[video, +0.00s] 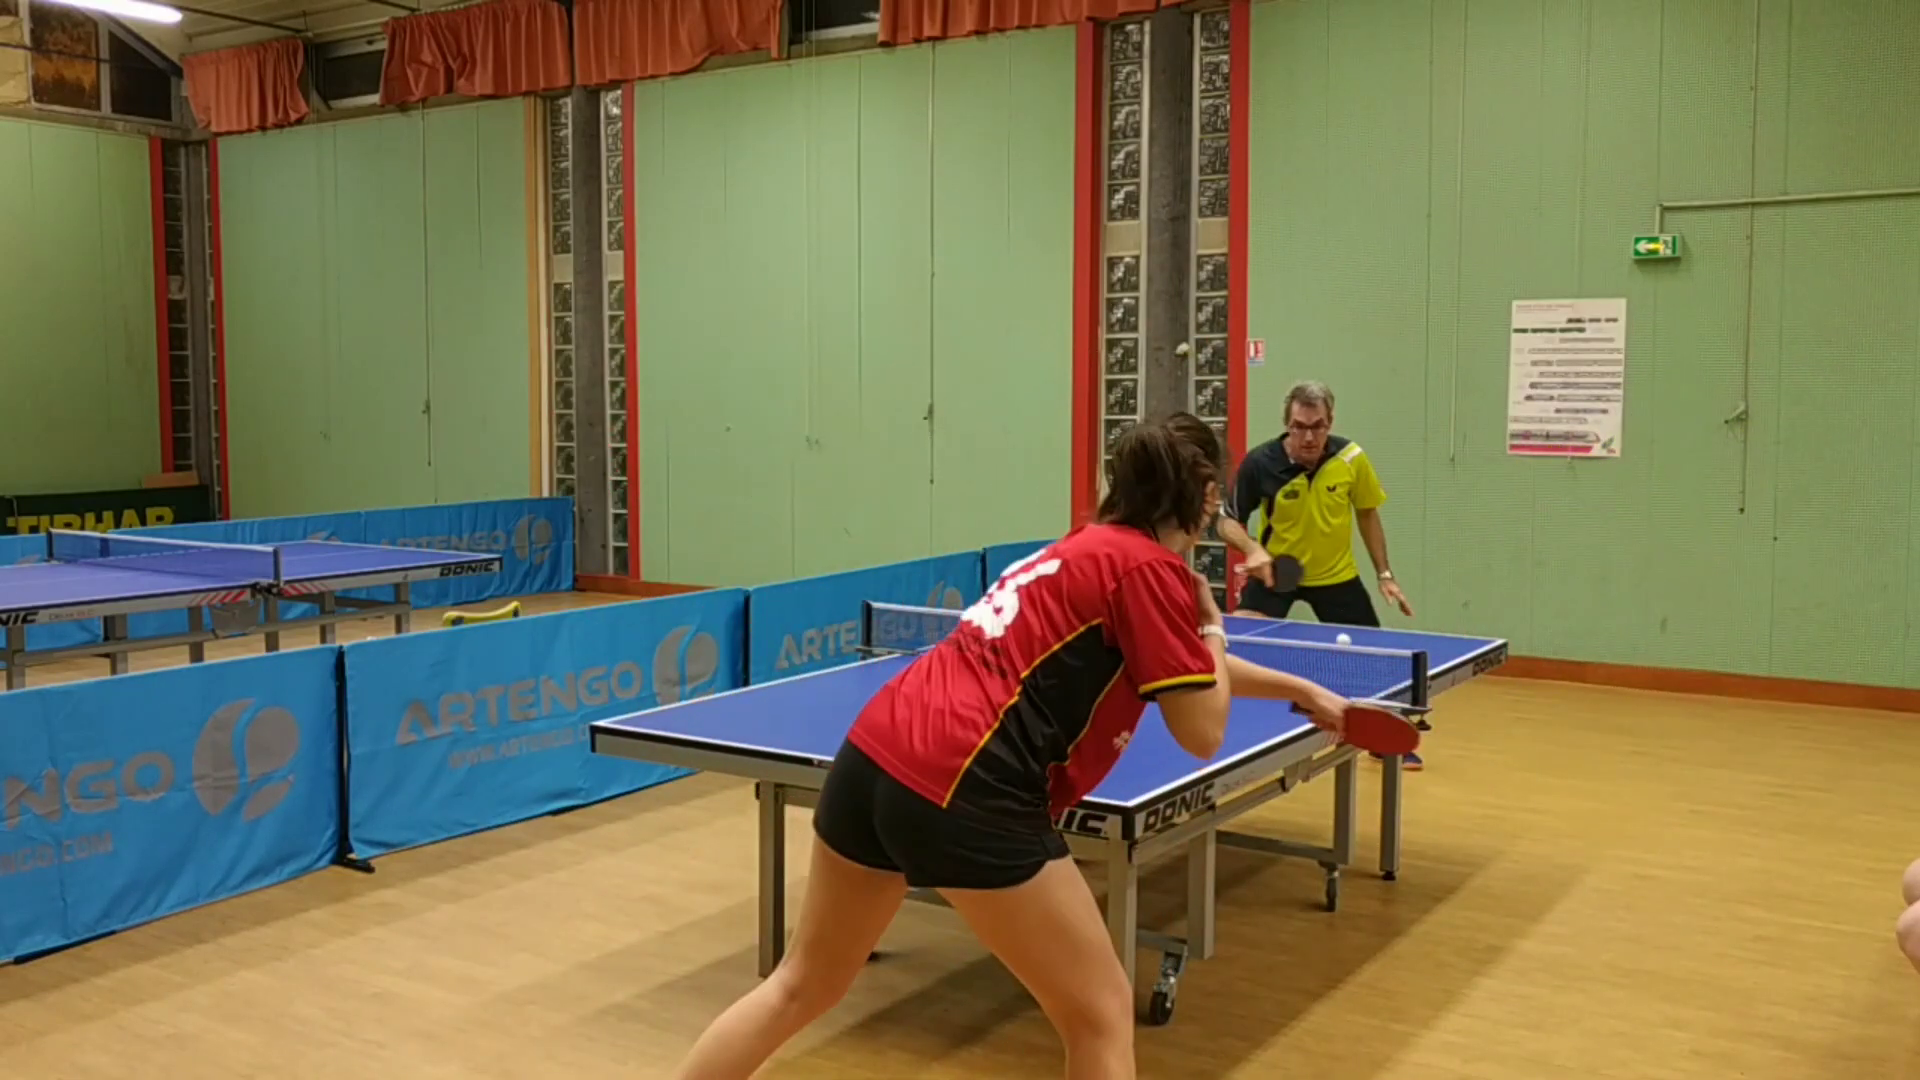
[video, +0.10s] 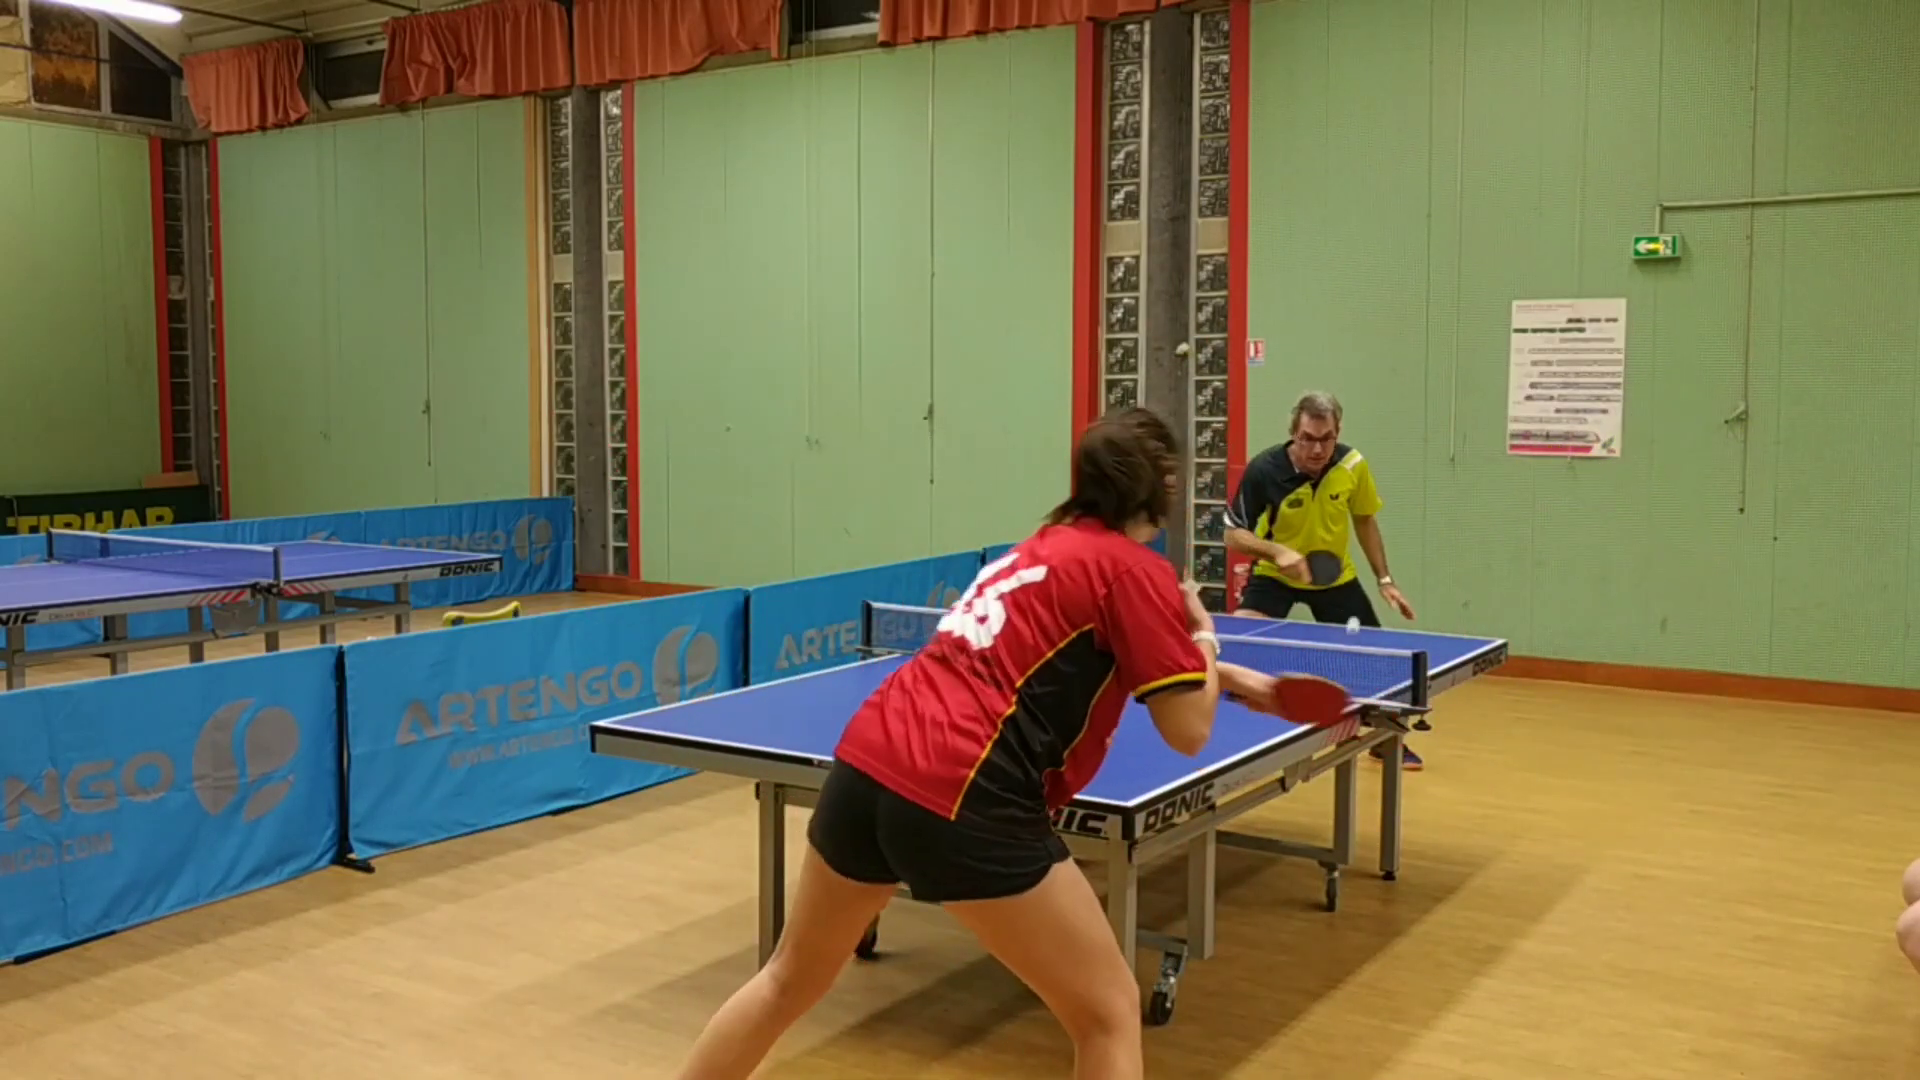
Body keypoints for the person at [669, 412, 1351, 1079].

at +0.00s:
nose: (1217, 508)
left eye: (1217, 492)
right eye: (1215, 494)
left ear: (1125, 485)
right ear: (1197, 498)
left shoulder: (1083, 547)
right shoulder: (1153, 574)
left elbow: (1190, 664)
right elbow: (1202, 732)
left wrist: (1304, 691)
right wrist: (1211, 631)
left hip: (872, 754)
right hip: (967, 790)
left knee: (800, 983)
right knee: (1099, 1018)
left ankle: (689, 1078)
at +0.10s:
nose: (1180, 492)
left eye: (1179, 481)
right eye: (1178, 481)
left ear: (1086, 480)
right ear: (1165, 492)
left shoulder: (1045, 544)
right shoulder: (1135, 573)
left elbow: (1112, 642)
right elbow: (1190, 729)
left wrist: (1238, 682)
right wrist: (1205, 642)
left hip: (862, 770)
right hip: (964, 805)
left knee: (785, 979)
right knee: (1108, 1020)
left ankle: (687, 1075)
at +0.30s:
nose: (1046, 487)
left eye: (1042, 474)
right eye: (1043, 475)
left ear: (955, 484)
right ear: (1034, 489)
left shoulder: (912, 550)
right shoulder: (1024, 576)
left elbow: (938, 661)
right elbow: (1094, 714)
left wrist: (1065, 639)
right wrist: (1127, 653)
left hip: (792, 805)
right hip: (900, 825)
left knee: (769, 983)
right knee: (1054, 1020)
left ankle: (701, 1076)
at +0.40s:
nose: (993, 472)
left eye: (994, 461)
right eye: (992, 462)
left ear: (902, 469)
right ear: (979, 470)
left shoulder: (854, 539)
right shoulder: (982, 559)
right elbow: (1057, 696)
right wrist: (1076, 636)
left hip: (760, 790)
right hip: (867, 807)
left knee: (757, 967)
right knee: (1007, 1012)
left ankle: (689, 1073)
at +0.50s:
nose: (965, 455)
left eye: (962, 442)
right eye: (963, 443)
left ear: (874, 451)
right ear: (951, 453)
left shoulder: (829, 524)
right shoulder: (967, 538)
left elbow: (781, 625)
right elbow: (1062, 667)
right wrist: (1032, 610)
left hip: (749, 781)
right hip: (855, 795)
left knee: (757, 933)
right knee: (991, 998)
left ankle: (683, 1073)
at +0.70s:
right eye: (881, 473)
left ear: (806, 491)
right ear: (885, 486)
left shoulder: (763, 587)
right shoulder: (940, 580)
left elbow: (710, 729)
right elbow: (1029, 695)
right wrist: (948, 688)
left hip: (767, 837)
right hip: (886, 846)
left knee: (734, 941)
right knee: (1002, 1006)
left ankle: (676, 1074)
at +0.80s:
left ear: (761, 538)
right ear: (839, 521)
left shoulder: (751, 638)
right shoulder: (909, 604)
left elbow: (742, 780)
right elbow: (985, 718)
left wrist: (655, 883)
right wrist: (901, 758)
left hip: (816, 892)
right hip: (931, 889)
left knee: (728, 925)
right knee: (991, 1060)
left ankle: (676, 1074)